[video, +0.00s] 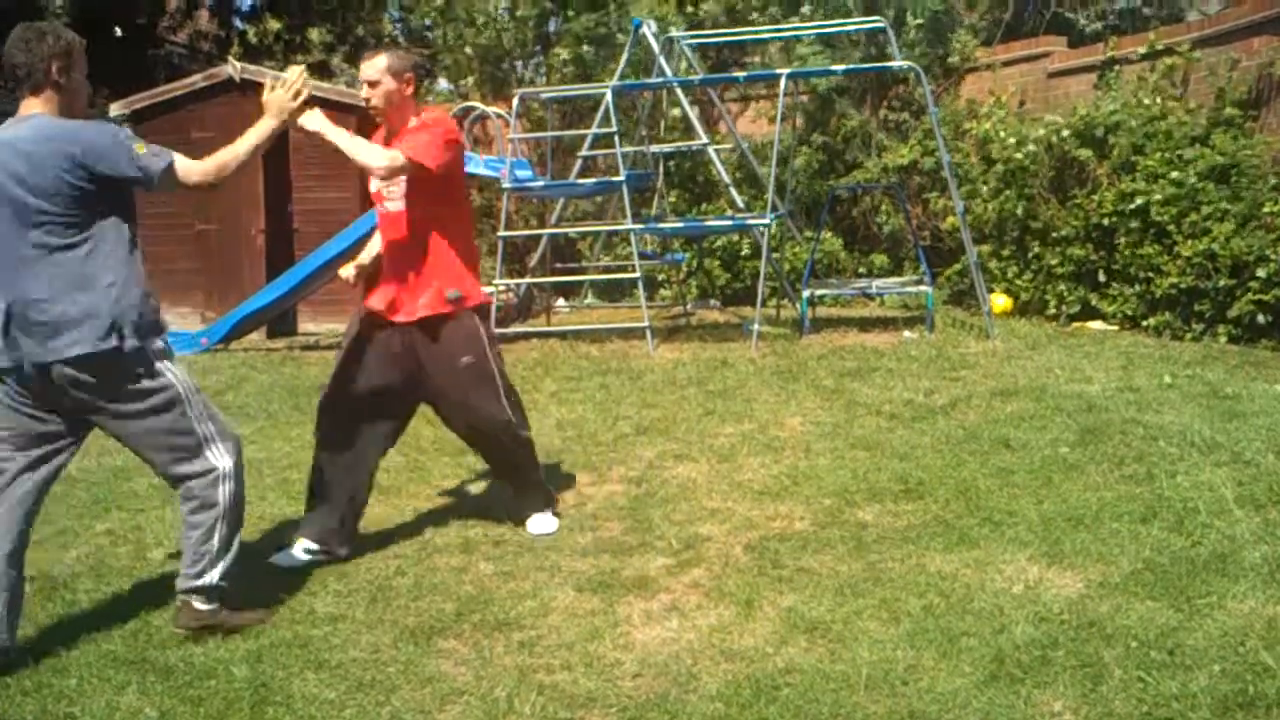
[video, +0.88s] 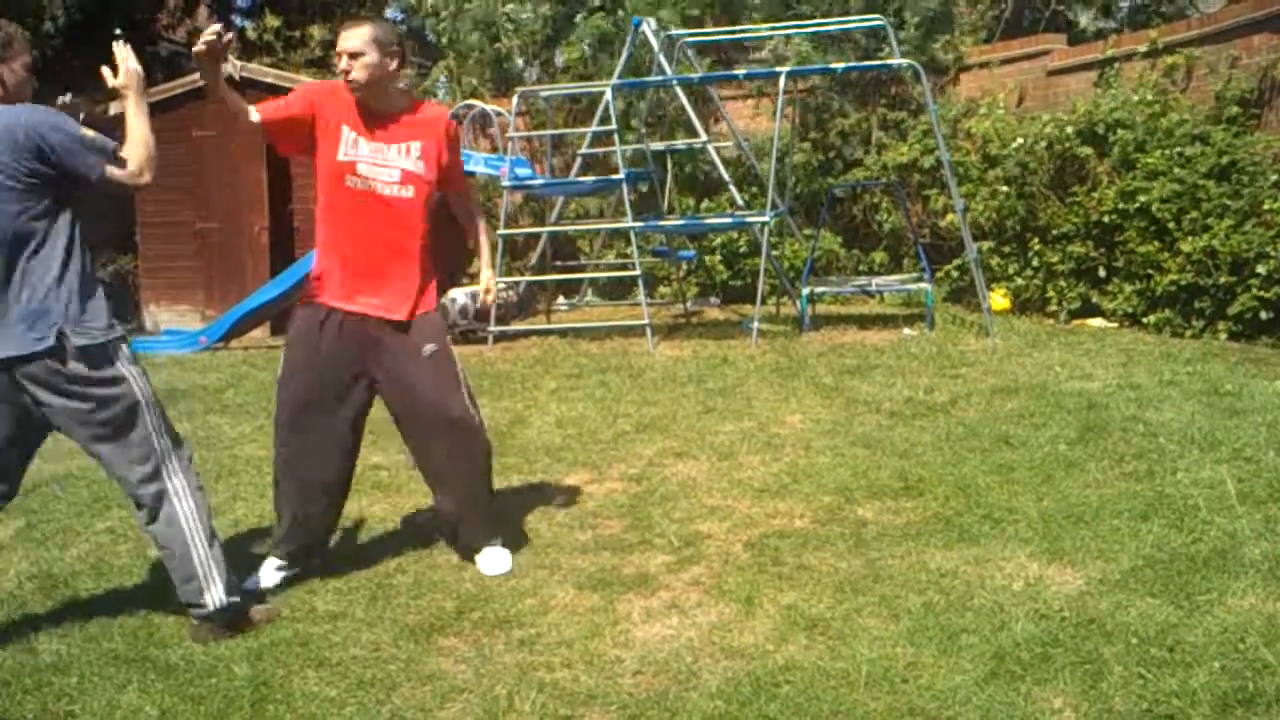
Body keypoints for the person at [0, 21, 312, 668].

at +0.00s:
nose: (89, 85)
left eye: (85, 73)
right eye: (83, 74)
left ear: (24, 81)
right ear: (56, 76)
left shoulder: (4, 143)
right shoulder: (82, 140)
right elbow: (200, 172)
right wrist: (271, 121)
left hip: (23, 355)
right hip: (102, 345)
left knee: (7, 509)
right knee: (212, 457)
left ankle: (1, 638)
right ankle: (202, 596)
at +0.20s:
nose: (66, 70)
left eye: (63, 59)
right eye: (60, 60)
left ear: (7, 63)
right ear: (37, 57)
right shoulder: (59, 121)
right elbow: (161, 178)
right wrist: (238, 191)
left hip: (13, 337)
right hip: (90, 325)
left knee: (15, 489)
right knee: (167, 451)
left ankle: (1, 628)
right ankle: (216, 594)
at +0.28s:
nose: (62, 71)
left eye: (60, 59)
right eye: (57, 59)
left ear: (10, 63)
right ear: (31, 59)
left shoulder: (5, 126)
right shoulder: (41, 124)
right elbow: (124, 203)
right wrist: (202, 225)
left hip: (14, 335)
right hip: (86, 322)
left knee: (15, 493)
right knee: (169, 449)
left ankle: (2, 633)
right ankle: (216, 598)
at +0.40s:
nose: (58, 72)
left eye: (55, 59)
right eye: (52, 59)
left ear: (14, 63)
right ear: (24, 59)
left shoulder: (21, 133)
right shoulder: (13, 132)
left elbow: (108, 179)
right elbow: (29, 243)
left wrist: (194, 134)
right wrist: (135, 278)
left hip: (26, 340)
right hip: (84, 334)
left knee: (23, 495)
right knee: (171, 453)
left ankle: (2, 634)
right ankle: (217, 600)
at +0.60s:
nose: (47, 70)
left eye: (45, 58)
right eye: (39, 58)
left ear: (12, 60)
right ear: (9, 59)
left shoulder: (15, 131)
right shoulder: (12, 133)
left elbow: (55, 208)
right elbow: (24, 234)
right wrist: (103, 210)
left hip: (25, 343)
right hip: (79, 333)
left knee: (22, 499)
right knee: (169, 454)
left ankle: (4, 631)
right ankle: (219, 598)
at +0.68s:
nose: (46, 57)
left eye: (43, 47)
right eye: (37, 47)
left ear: (10, 55)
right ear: (8, 52)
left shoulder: (15, 121)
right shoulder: (22, 118)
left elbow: (74, 213)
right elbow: (55, 217)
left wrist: (141, 175)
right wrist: (102, 171)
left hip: (17, 334)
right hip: (75, 324)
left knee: (17, 495)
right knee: (160, 451)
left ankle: (0, 628)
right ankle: (215, 598)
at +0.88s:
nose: (30, 70)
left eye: (27, 60)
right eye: (23, 61)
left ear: (0, 70)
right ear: (3, 69)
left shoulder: (19, 129)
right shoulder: (30, 126)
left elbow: (128, 166)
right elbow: (138, 168)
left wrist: (126, 104)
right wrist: (133, 92)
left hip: (11, 344)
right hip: (62, 336)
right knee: (156, 461)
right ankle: (215, 603)